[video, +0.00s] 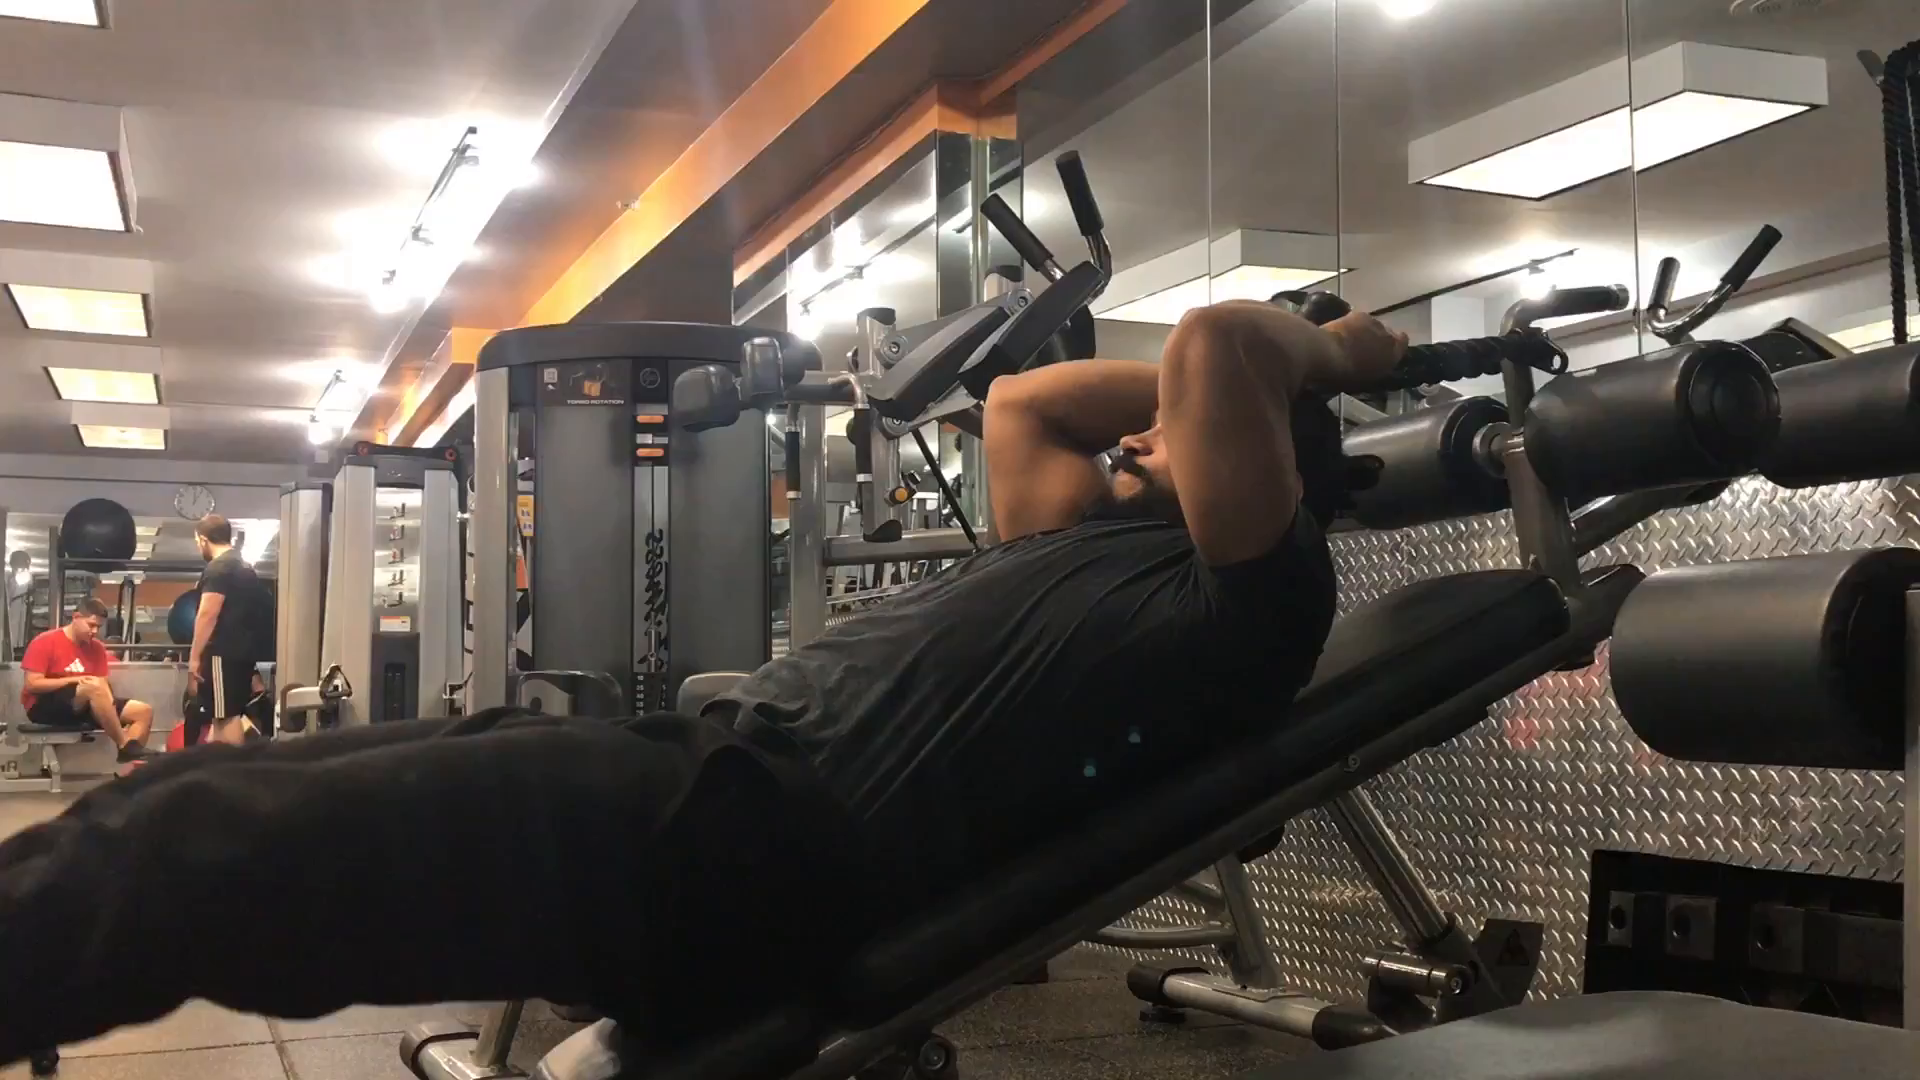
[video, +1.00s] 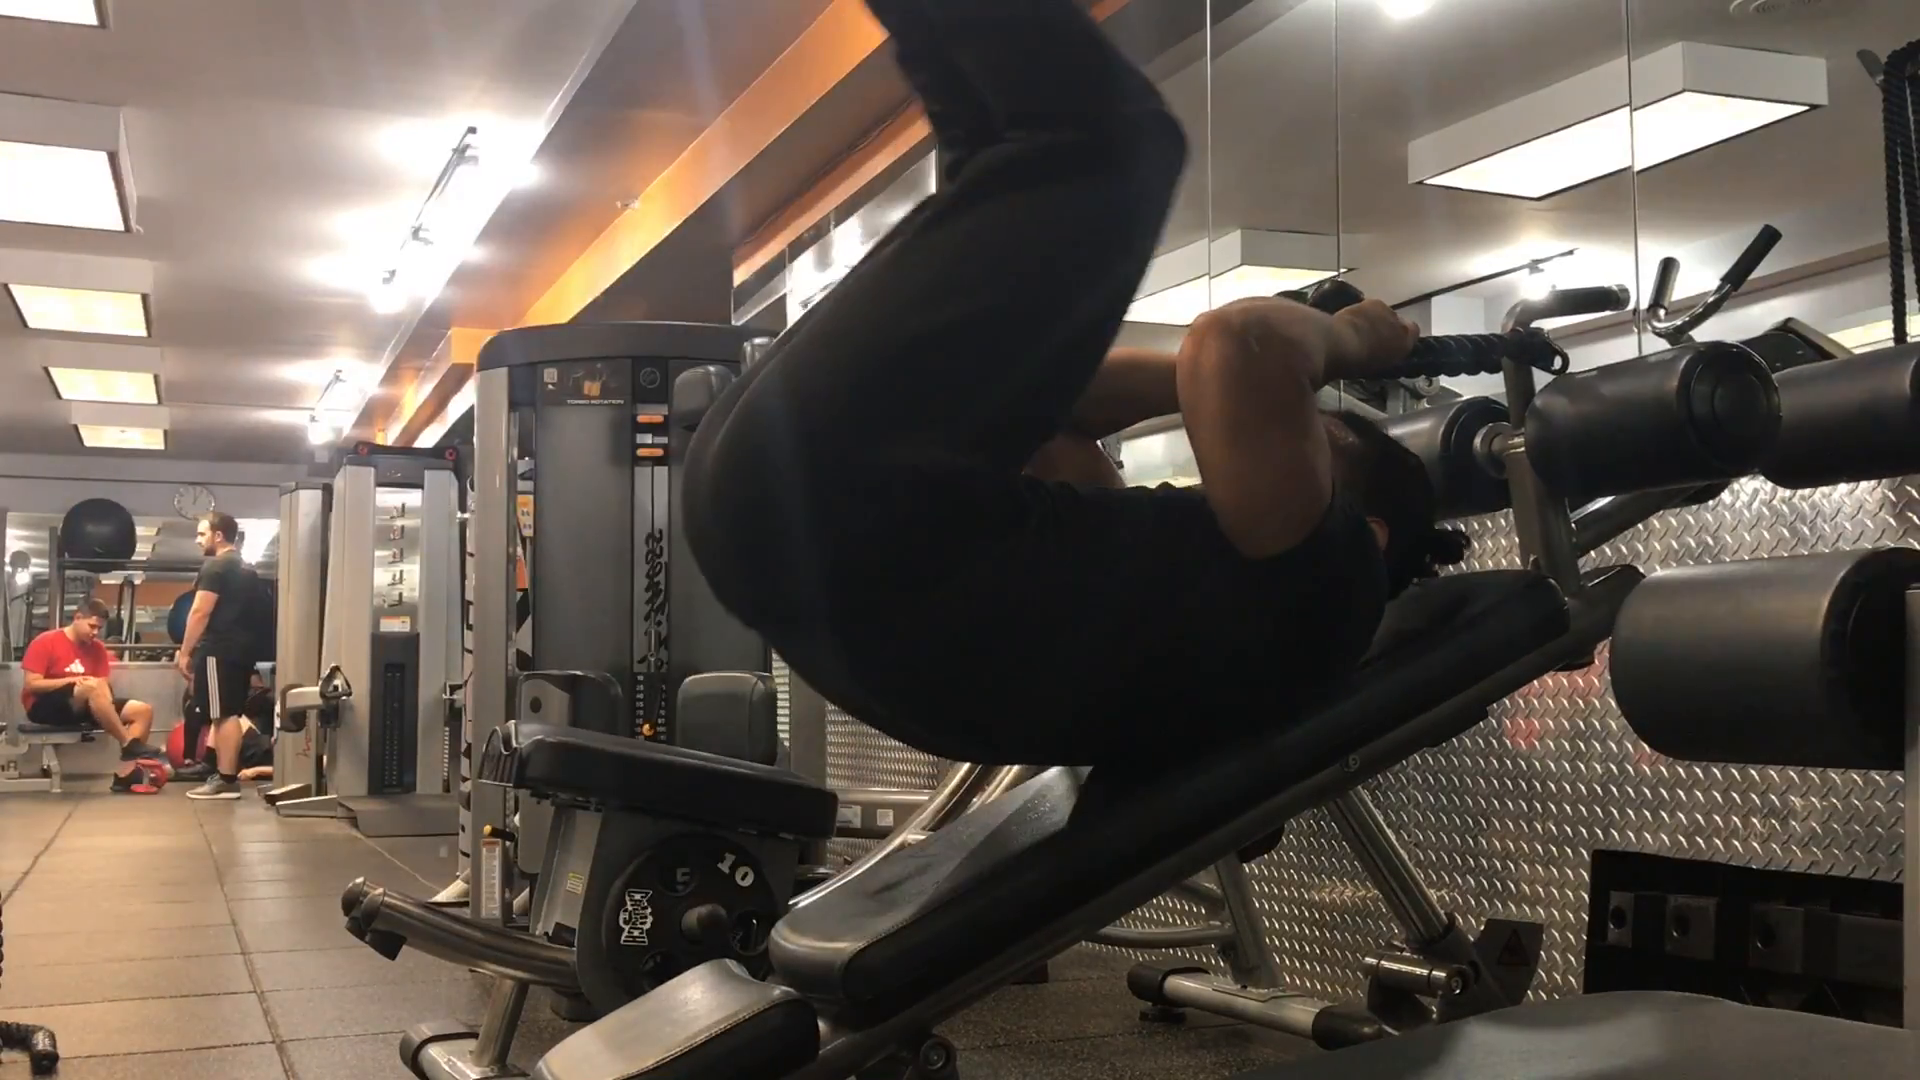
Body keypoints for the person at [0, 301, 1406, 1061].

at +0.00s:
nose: (1177, 451)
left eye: (1224, 436)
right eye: (1192, 437)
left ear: (1274, 478)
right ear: (1163, 471)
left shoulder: (1254, 612)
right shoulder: (1078, 564)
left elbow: (1213, 335)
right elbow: (1023, 407)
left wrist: (1334, 350)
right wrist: (1215, 402)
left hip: (744, 837)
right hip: (683, 760)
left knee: (180, 859)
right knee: (183, 810)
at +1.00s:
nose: (1303, 441)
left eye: (1327, 442)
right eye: (1313, 437)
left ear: (1353, 494)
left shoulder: (1321, 592)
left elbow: (1232, 342)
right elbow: (1046, 401)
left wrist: (1347, 333)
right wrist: (1236, 379)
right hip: (752, 526)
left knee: (1109, 142)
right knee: (1007, 183)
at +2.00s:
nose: (1208, 471)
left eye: (1246, 458)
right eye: (1231, 454)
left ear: (1290, 491)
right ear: (1236, 493)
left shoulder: (1261, 609)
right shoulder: (1112, 573)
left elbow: (1192, 328)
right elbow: (1026, 394)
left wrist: (1325, 338)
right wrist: (1236, 389)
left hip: (789, 820)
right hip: (748, 757)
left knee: (450, 377)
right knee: (451, 382)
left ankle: (33, 541)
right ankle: (50, 533)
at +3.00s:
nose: (1294, 437)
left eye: (1321, 444)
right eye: (1300, 431)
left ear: (1353, 524)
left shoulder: (1301, 576)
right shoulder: (1147, 570)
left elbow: (1206, 329)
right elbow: (1028, 394)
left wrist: (1326, 331)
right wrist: (1221, 382)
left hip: (781, 706)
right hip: (697, 684)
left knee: (966, 243)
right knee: (898, 309)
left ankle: (582, 59)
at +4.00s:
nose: (1197, 463)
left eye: (1235, 459)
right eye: (1216, 450)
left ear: (1279, 504)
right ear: (1209, 490)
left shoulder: (1245, 628)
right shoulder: (1088, 568)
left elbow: (1200, 322)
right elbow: (1025, 388)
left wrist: (1317, 349)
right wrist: (1243, 358)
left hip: (774, 859)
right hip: (715, 791)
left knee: (545, 332)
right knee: (539, 317)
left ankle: (97, 492)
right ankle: (110, 478)